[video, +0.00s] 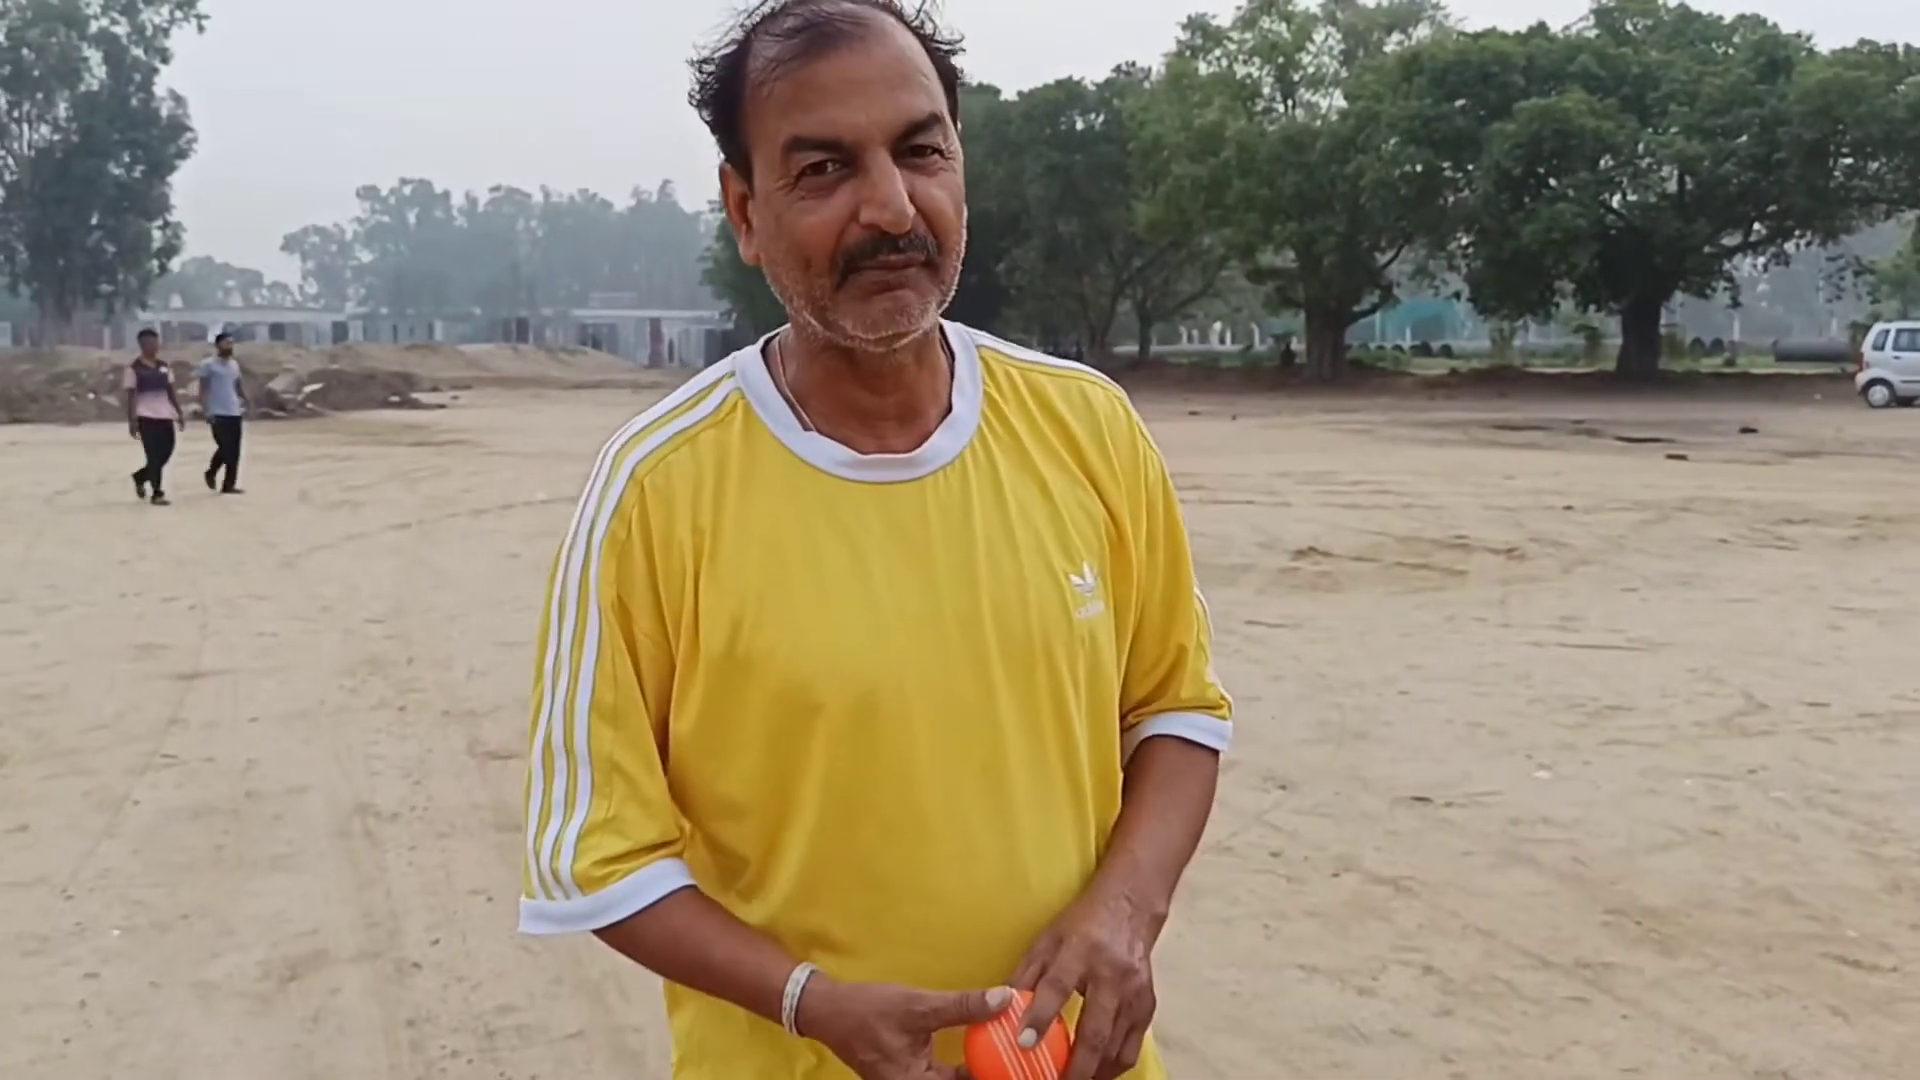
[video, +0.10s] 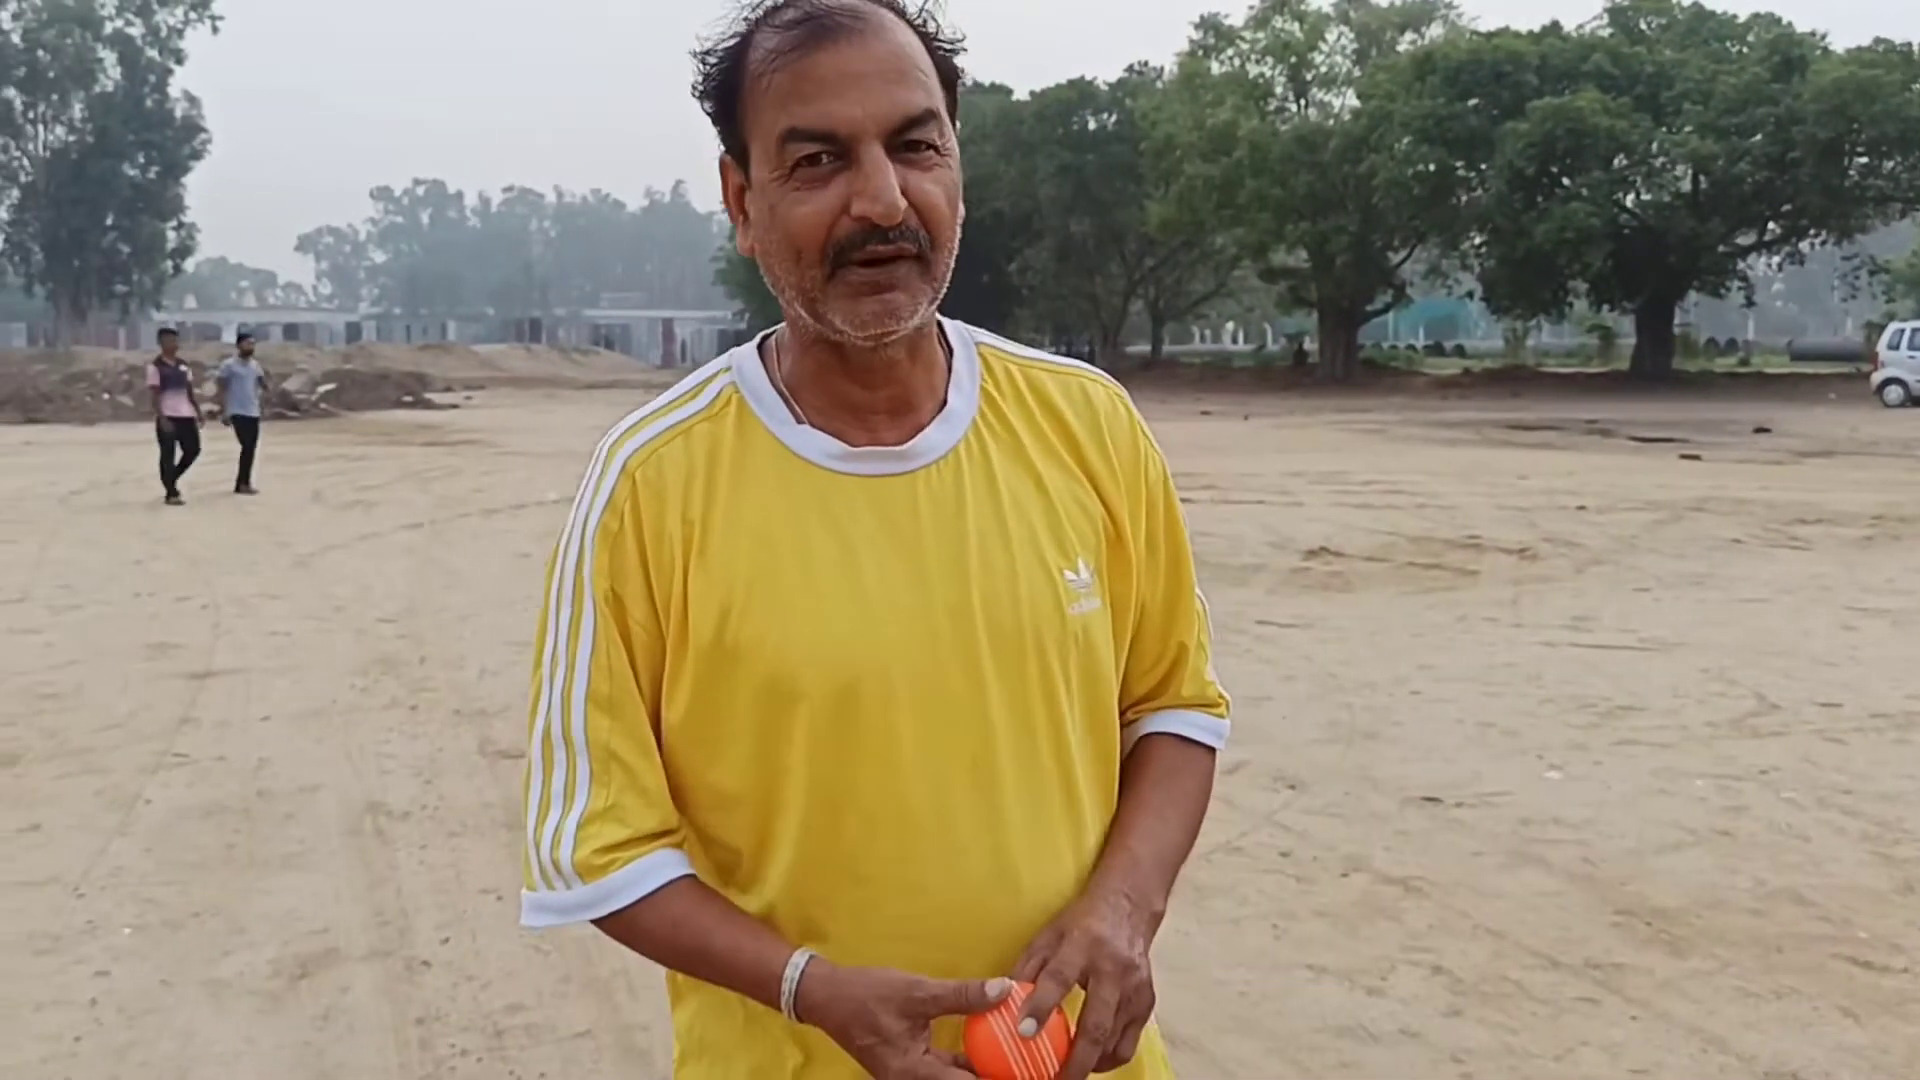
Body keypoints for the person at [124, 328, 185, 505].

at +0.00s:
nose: (153, 347)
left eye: (155, 343)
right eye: (149, 343)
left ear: (158, 344)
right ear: (142, 345)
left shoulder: (164, 367)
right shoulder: (133, 369)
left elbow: (171, 392)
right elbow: (131, 396)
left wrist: (179, 413)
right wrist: (132, 420)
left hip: (165, 415)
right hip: (146, 415)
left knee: (166, 451)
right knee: (154, 453)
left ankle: (141, 475)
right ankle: (157, 490)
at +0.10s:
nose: (172, 345)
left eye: (174, 340)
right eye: (168, 341)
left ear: (178, 342)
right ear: (161, 343)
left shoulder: (183, 366)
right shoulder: (155, 367)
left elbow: (190, 392)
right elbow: (154, 395)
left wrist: (198, 412)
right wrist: (161, 417)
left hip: (186, 414)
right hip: (168, 415)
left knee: (193, 449)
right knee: (168, 454)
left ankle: (172, 477)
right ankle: (170, 490)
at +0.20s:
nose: (191, 346)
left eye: (192, 342)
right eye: (186, 342)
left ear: (195, 343)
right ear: (179, 344)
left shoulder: (200, 366)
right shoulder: (173, 367)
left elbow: (205, 392)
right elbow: (174, 394)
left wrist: (212, 411)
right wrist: (189, 414)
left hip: (203, 415)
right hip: (183, 416)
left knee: (212, 450)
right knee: (181, 456)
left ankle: (202, 488)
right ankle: (181, 492)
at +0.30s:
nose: (207, 348)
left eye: (210, 343)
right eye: (203, 344)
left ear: (213, 345)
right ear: (196, 346)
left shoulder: (216, 368)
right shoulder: (191, 368)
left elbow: (221, 395)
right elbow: (192, 395)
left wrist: (227, 413)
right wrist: (213, 413)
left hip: (218, 420)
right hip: (199, 421)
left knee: (226, 459)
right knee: (194, 460)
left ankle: (235, 494)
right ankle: (191, 494)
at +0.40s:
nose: (223, 350)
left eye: (225, 346)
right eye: (219, 346)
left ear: (228, 348)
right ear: (212, 348)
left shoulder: (231, 371)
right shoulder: (206, 371)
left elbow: (236, 397)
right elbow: (208, 398)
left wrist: (240, 411)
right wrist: (230, 415)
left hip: (233, 423)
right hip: (215, 424)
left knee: (241, 462)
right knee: (206, 461)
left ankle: (250, 495)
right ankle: (197, 494)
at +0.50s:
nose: (241, 350)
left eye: (243, 346)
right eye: (237, 347)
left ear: (245, 348)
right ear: (229, 349)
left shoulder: (246, 370)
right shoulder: (222, 371)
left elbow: (250, 396)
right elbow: (222, 399)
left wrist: (258, 416)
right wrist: (239, 419)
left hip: (253, 422)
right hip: (234, 423)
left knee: (260, 462)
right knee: (227, 458)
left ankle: (258, 496)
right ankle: (207, 489)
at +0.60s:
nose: (258, 348)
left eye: (260, 344)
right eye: (254, 344)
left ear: (263, 345)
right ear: (247, 346)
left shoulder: (267, 368)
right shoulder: (239, 369)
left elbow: (270, 392)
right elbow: (237, 398)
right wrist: (245, 421)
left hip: (270, 417)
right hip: (251, 418)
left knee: (273, 457)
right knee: (255, 454)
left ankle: (267, 495)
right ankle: (232, 481)